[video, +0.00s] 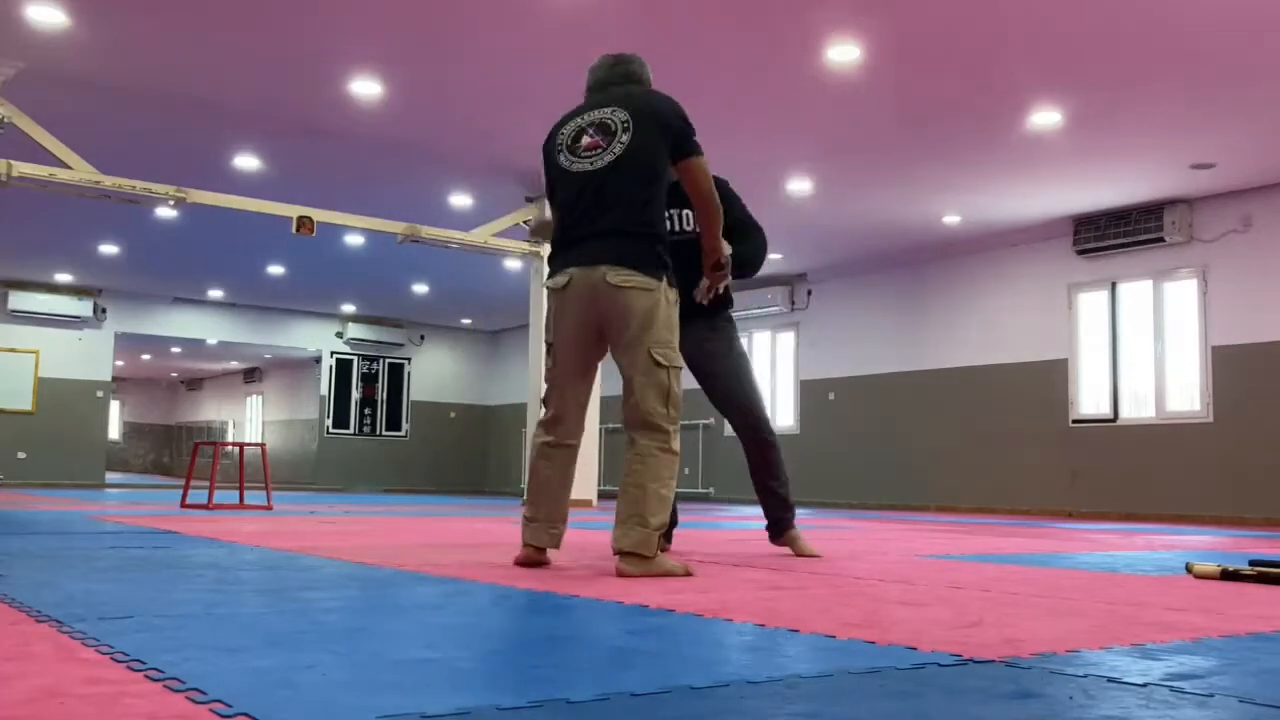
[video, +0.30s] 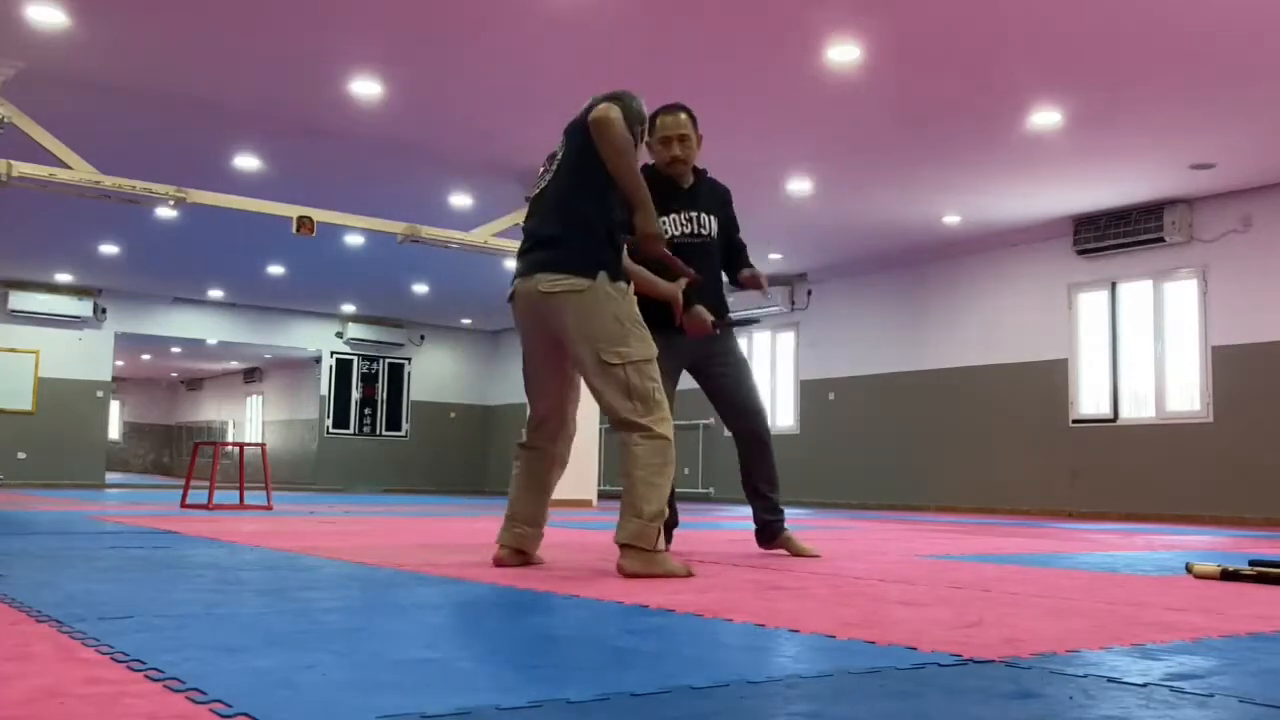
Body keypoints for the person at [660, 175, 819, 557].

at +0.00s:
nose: (669, 158)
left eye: (675, 149)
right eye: (661, 151)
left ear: (684, 151)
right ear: (645, 153)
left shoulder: (708, 189)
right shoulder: (630, 197)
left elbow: (753, 243)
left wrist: (723, 269)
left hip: (706, 318)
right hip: (649, 321)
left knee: (753, 422)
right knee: (651, 425)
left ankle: (783, 526)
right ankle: (656, 534)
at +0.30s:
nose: (675, 149)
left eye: (682, 139)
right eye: (665, 141)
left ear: (698, 142)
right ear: (650, 146)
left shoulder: (715, 194)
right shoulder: (635, 190)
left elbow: (732, 252)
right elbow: (620, 258)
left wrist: (745, 273)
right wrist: (678, 297)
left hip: (711, 327)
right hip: (655, 331)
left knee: (751, 423)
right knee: (650, 430)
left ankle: (771, 528)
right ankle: (657, 532)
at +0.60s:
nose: (705, 150)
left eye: (715, 140)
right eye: (696, 143)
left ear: (736, 142)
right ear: (686, 148)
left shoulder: (761, 186)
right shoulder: (674, 203)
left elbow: (772, 246)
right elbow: (656, 264)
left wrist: (740, 209)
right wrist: (652, 322)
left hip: (761, 334)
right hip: (700, 338)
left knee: (796, 424)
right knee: (667, 434)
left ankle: (834, 531)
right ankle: (661, 530)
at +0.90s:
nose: (769, 151)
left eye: (778, 140)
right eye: (760, 142)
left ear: (804, 136)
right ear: (752, 144)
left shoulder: (829, 186)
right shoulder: (749, 187)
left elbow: (801, 268)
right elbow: (744, 255)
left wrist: (731, 313)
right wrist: (737, 238)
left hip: (828, 323)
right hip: (772, 324)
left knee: (830, 419)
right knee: (751, 429)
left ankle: (842, 535)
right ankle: (778, 521)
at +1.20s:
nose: (797, 159)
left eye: (807, 147)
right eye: (789, 148)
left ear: (833, 143)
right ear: (780, 147)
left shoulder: (865, 194)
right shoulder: (767, 190)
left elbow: (898, 242)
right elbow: (729, 227)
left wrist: (899, 291)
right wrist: (716, 193)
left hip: (841, 334)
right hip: (779, 333)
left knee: (844, 425)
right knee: (752, 428)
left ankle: (836, 536)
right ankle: (728, 520)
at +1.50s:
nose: (775, 159)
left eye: (785, 147)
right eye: (768, 148)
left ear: (814, 142)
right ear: (762, 147)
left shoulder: (853, 193)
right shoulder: (754, 194)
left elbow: (888, 249)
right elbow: (721, 237)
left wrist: (864, 282)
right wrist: (703, 225)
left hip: (834, 333)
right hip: (772, 333)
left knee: (839, 424)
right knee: (745, 429)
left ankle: (834, 535)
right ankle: (729, 522)